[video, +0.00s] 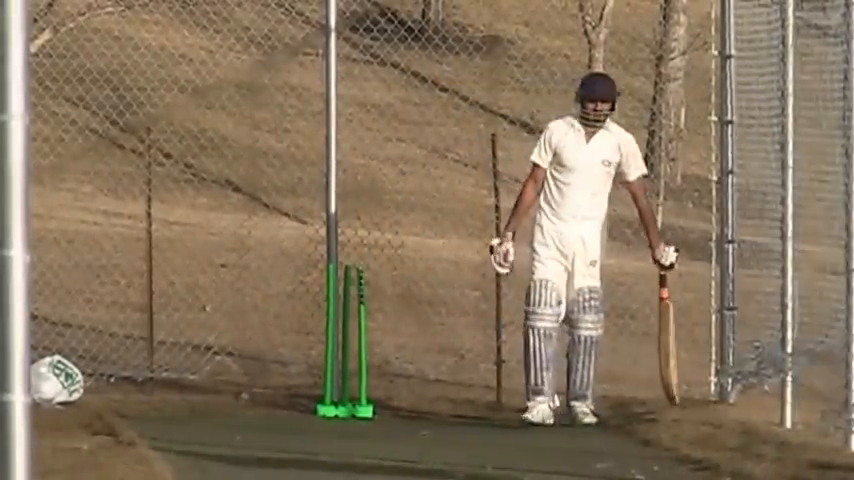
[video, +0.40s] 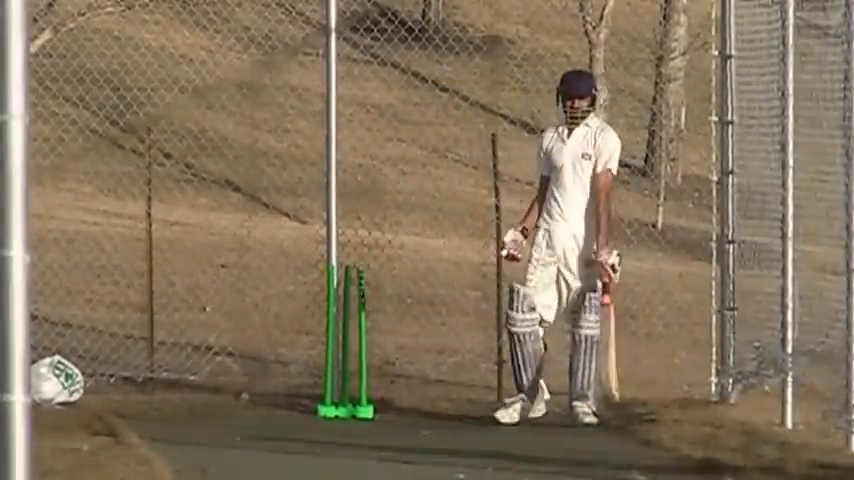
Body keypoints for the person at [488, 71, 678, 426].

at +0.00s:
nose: (596, 109)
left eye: (603, 103)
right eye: (590, 102)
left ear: (613, 105)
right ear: (578, 101)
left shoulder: (621, 142)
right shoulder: (557, 132)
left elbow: (639, 197)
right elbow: (532, 185)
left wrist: (656, 245)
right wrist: (508, 233)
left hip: (589, 245)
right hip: (549, 241)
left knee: (587, 322)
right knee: (542, 318)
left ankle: (580, 402)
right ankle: (540, 401)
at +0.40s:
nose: (574, 105)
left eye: (581, 99)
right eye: (568, 99)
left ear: (593, 101)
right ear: (559, 101)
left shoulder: (605, 139)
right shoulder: (551, 137)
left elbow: (603, 196)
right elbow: (543, 194)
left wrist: (602, 248)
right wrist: (520, 232)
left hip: (582, 248)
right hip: (545, 244)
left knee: (586, 322)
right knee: (523, 315)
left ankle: (582, 401)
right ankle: (532, 395)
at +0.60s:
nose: (558, 107)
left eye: (564, 100)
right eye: (550, 101)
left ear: (576, 99)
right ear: (542, 103)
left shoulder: (591, 135)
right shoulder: (535, 142)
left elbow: (587, 186)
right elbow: (527, 194)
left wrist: (564, 231)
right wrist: (519, 234)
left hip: (577, 247)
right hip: (537, 247)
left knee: (582, 320)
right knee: (525, 320)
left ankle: (582, 402)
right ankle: (539, 404)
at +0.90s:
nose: (507, 115)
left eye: (511, 107)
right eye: (501, 111)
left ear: (524, 101)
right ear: (497, 113)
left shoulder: (555, 131)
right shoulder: (502, 144)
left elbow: (558, 188)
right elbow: (501, 197)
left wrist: (526, 228)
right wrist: (501, 231)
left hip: (551, 243)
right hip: (518, 245)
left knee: (554, 318)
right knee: (521, 322)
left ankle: (565, 396)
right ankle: (537, 399)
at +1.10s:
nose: (473, 131)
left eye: (473, 123)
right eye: (468, 127)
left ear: (486, 113)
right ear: (475, 122)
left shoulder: (522, 132)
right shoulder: (489, 149)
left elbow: (536, 188)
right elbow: (493, 205)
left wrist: (517, 239)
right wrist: (495, 245)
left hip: (533, 243)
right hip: (511, 246)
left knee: (518, 319)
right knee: (511, 320)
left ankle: (534, 402)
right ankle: (515, 398)